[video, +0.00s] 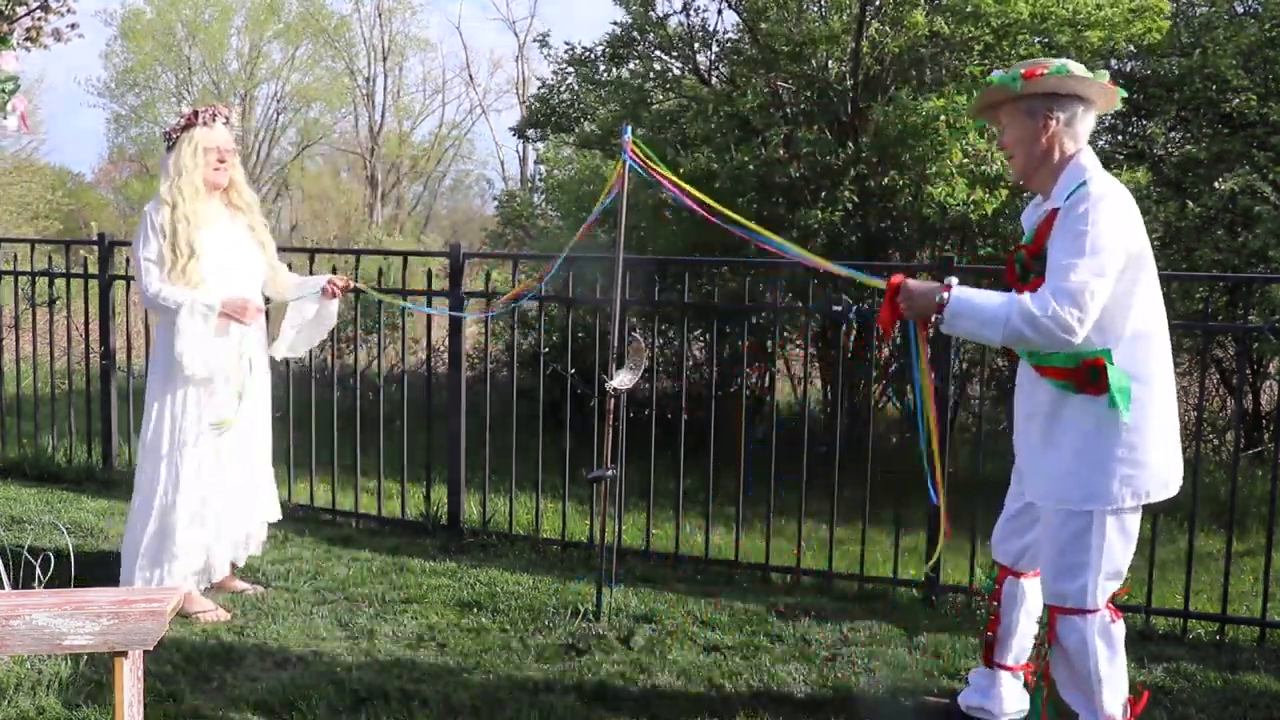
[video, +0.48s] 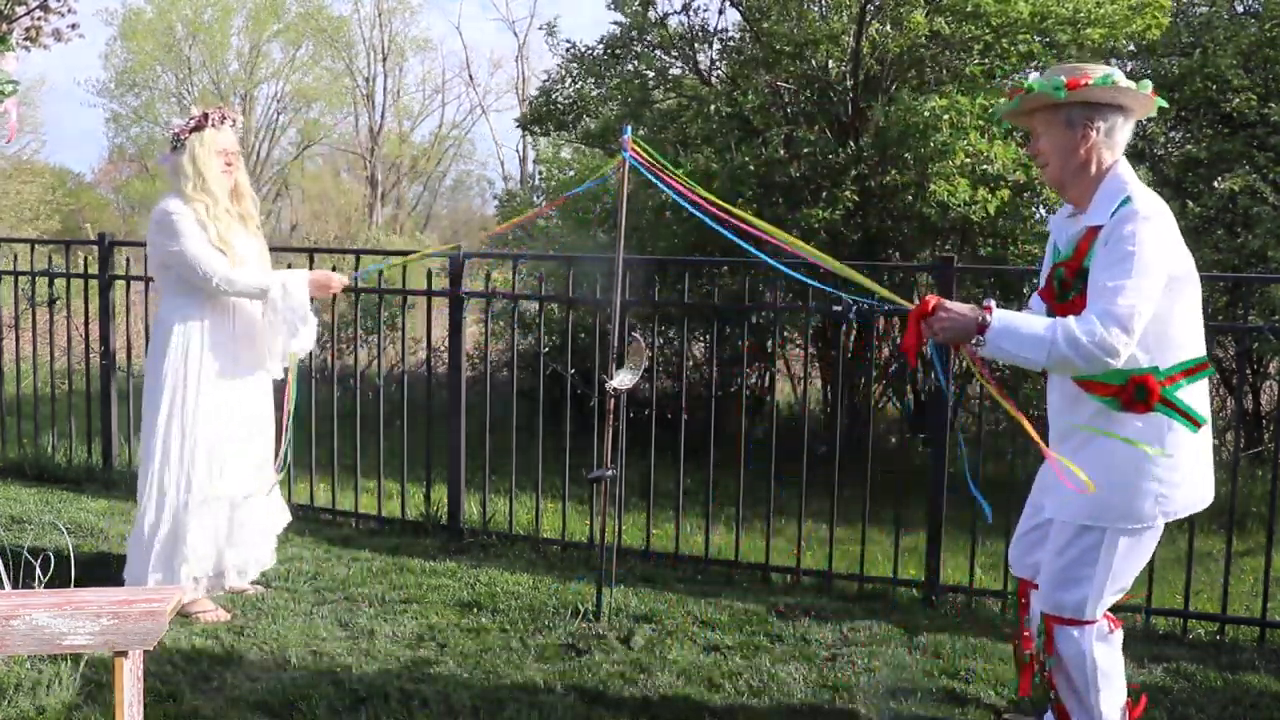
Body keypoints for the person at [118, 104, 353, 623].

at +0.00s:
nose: (223, 159)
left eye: (230, 151)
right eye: (212, 151)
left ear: (237, 158)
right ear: (185, 158)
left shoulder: (242, 213)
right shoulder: (164, 212)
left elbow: (271, 282)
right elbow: (151, 287)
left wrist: (319, 287)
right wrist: (219, 306)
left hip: (243, 361)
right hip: (190, 363)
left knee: (236, 463)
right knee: (189, 467)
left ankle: (221, 570)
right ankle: (178, 584)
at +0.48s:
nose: (230, 161)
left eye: (235, 153)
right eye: (219, 152)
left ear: (240, 160)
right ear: (190, 159)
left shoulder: (238, 220)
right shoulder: (172, 214)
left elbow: (252, 303)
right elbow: (217, 277)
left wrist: (298, 304)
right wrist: (301, 282)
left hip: (237, 359)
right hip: (191, 358)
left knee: (237, 459)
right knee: (194, 464)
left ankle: (229, 570)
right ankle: (182, 586)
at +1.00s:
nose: (230, 152)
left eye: (233, 144)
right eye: (218, 145)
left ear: (239, 150)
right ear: (189, 154)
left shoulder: (237, 211)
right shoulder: (169, 209)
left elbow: (266, 268)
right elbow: (206, 269)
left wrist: (317, 276)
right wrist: (286, 271)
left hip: (237, 346)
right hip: (190, 349)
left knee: (236, 455)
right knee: (195, 462)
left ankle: (228, 567)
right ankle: (190, 589)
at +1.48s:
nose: (219, 164)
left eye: (223, 155)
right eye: (207, 157)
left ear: (231, 161)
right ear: (182, 165)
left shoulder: (234, 220)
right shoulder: (162, 219)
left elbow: (266, 279)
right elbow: (199, 277)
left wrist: (321, 277)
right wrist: (281, 271)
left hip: (237, 356)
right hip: (189, 358)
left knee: (235, 459)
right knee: (194, 465)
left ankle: (227, 568)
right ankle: (191, 589)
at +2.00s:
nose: (227, 162)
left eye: (230, 153)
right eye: (216, 154)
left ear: (235, 160)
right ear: (188, 162)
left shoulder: (233, 221)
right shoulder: (166, 219)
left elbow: (267, 274)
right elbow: (213, 271)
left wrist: (317, 278)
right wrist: (294, 274)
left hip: (237, 350)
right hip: (190, 353)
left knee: (237, 458)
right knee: (199, 464)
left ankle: (222, 571)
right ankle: (185, 589)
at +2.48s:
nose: (258, 172)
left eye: (260, 164)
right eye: (247, 165)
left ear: (264, 171)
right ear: (220, 174)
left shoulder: (262, 229)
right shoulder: (201, 226)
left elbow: (291, 288)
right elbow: (231, 281)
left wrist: (344, 284)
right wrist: (307, 278)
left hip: (269, 364)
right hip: (226, 367)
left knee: (268, 461)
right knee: (222, 469)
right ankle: (195, 591)